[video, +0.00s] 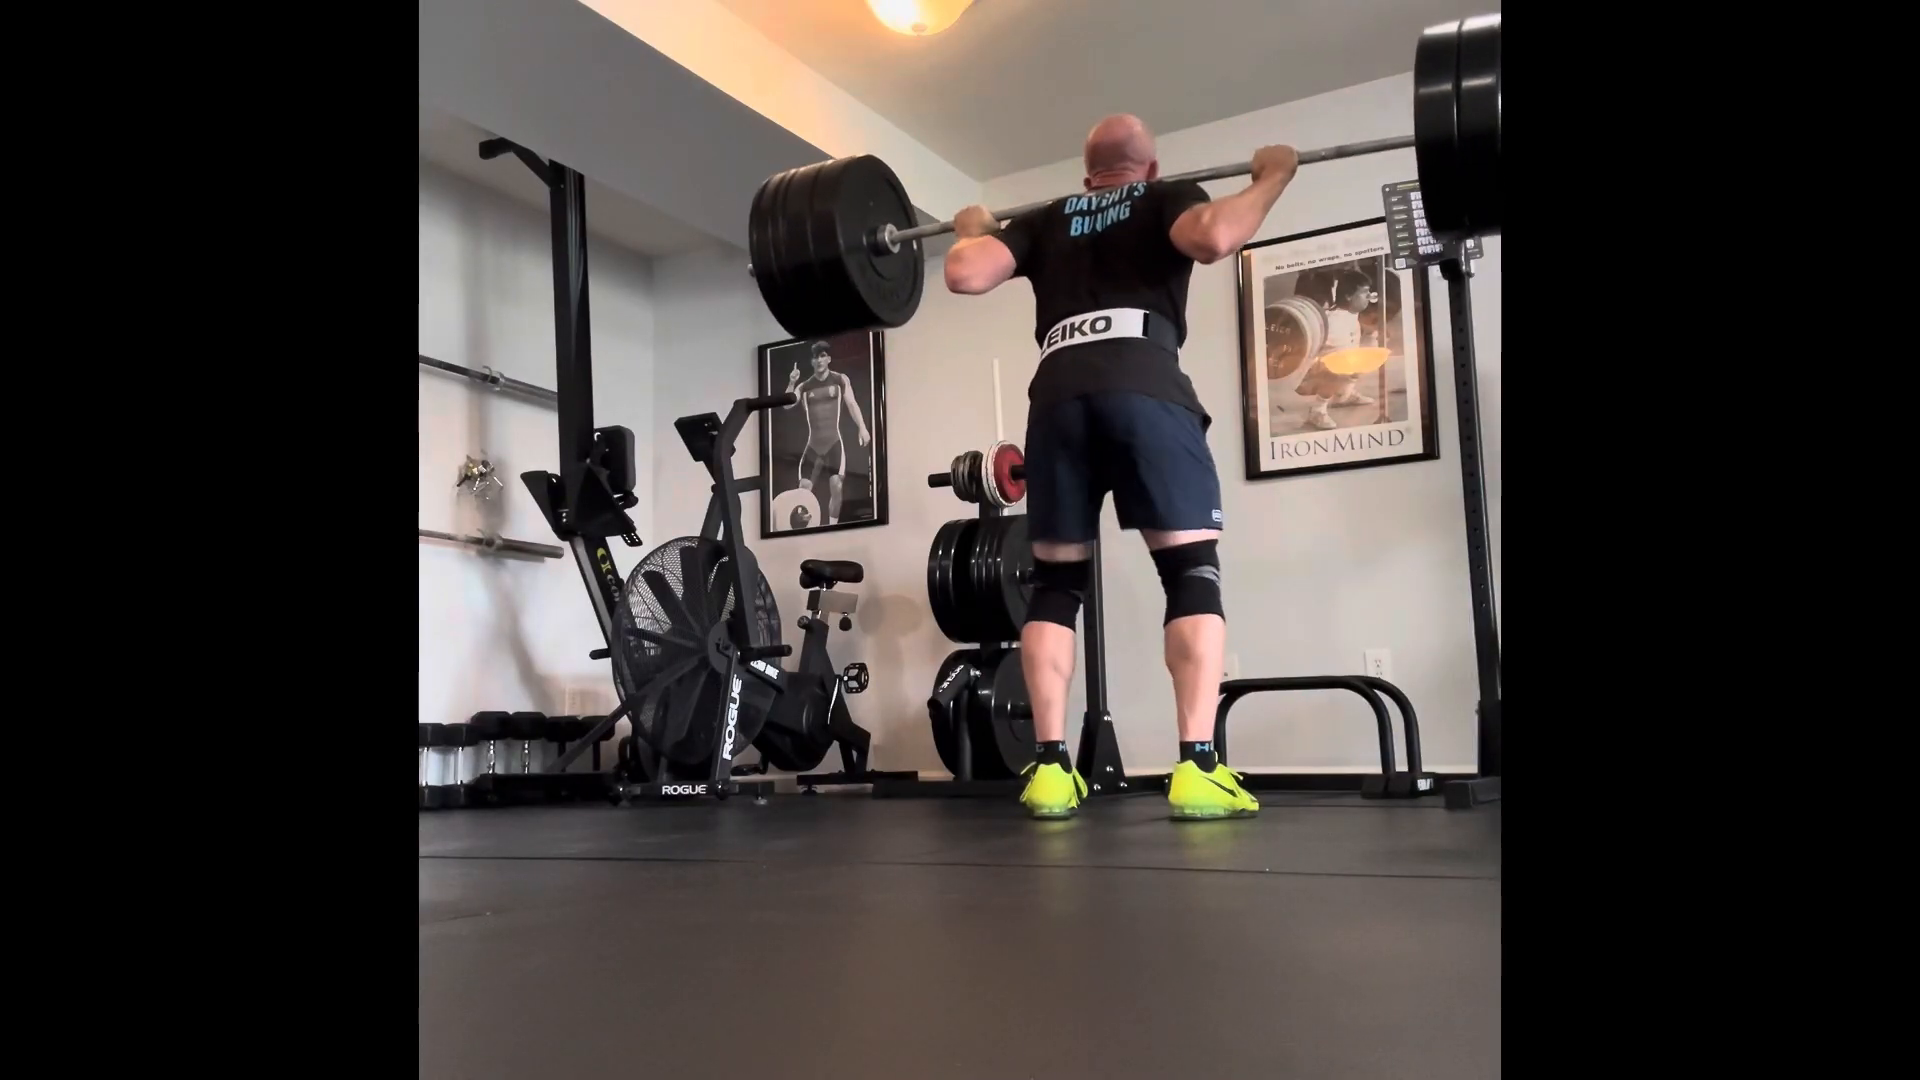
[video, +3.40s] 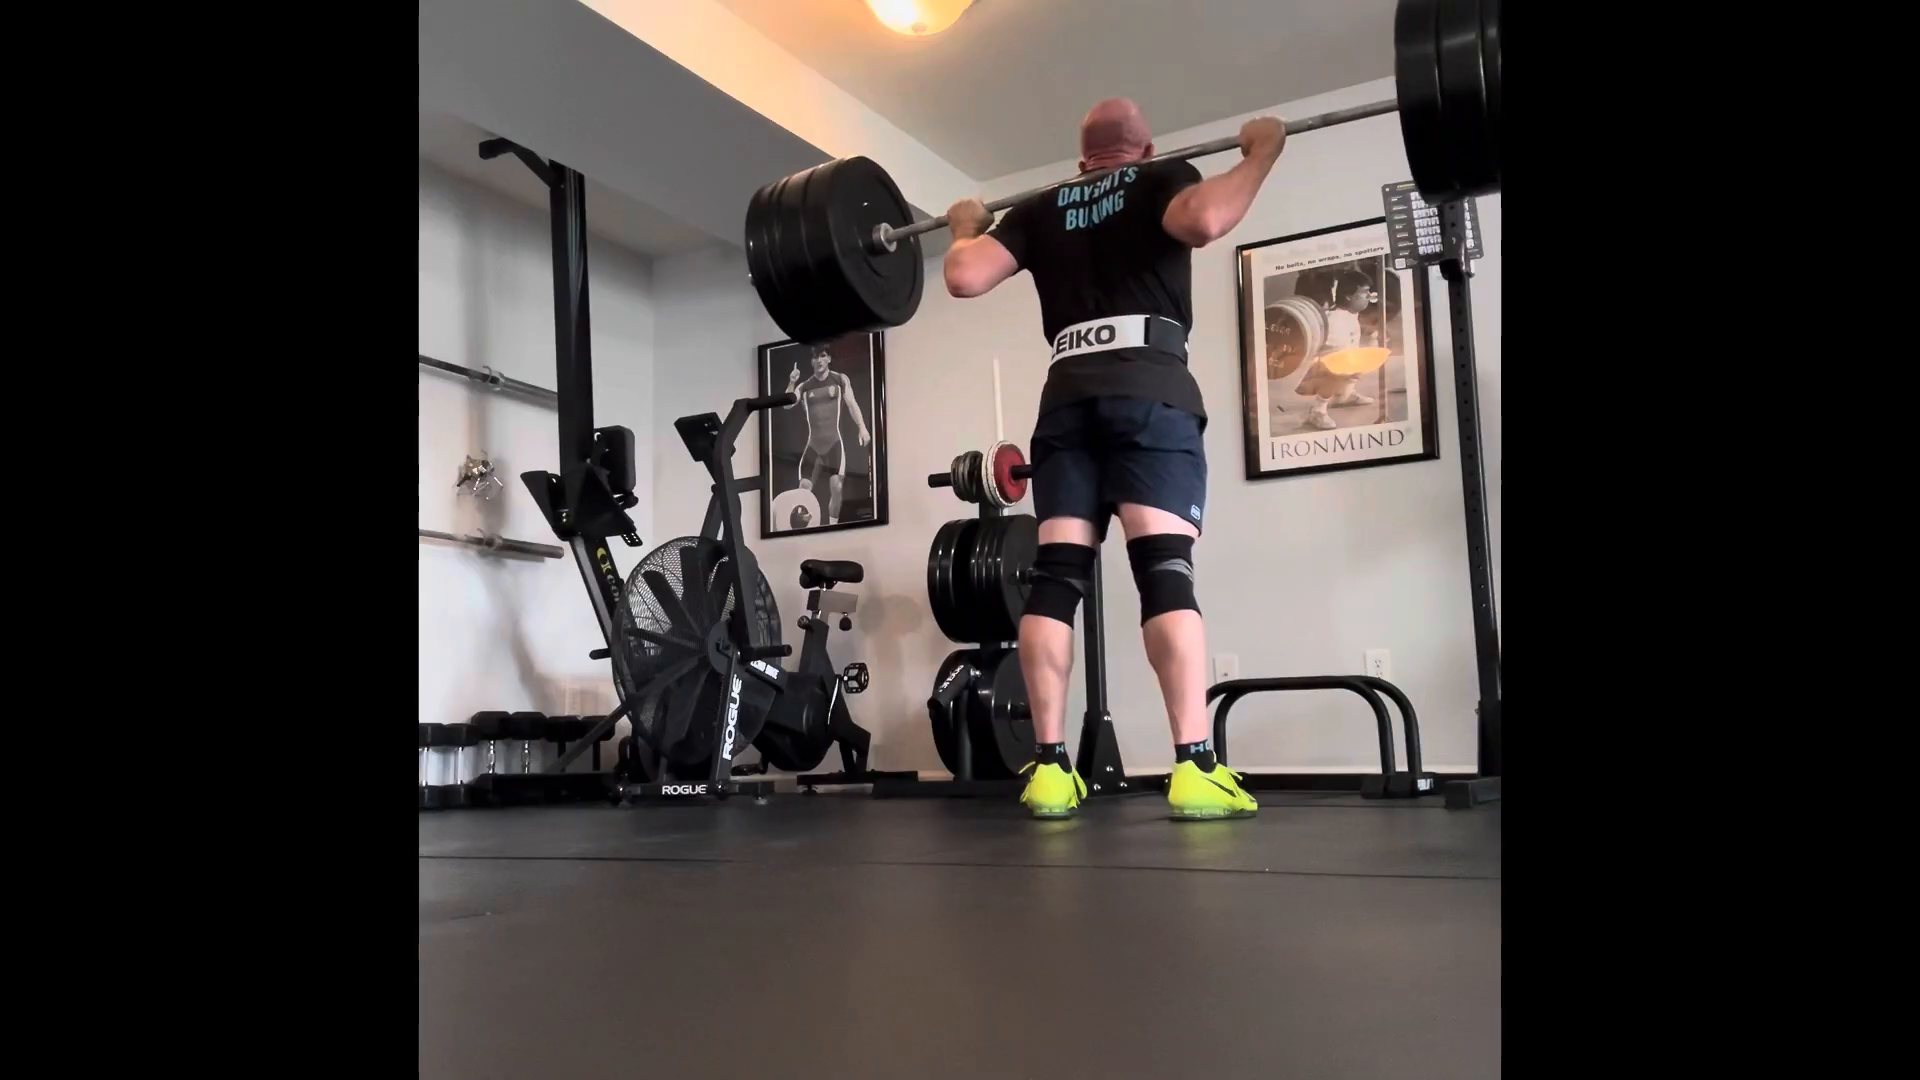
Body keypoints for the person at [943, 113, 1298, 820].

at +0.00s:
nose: (1143, 170)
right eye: (1149, 161)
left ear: (1084, 169)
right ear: (1151, 167)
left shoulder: (1043, 220)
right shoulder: (1164, 198)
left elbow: (963, 273)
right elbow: (1214, 235)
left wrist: (972, 227)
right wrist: (1270, 177)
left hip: (1056, 397)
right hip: (1147, 390)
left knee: (1055, 585)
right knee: (1190, 578)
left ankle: (1051, 764)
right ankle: (1198, 763)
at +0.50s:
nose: (1152, 264)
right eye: (1152, 256)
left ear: (1083, 263)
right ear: (1152, 262)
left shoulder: (1040, 313)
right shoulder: (1165, 291)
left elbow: (957, 374)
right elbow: (1214, 336)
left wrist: (967, 324)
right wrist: (1268, 280)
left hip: (1045, 460)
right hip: (1138, 449)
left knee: (1056, 616)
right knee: (1226, 603)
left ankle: (1050, 766)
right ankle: (1201, 766)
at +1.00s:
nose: (1162, 356)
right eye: (1161, 350)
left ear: (1094, 358)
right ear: (1157, 355)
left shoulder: (1040, 404)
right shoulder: (1171, 387)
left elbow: (960, 477)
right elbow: (1218, 438)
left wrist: (969, 416)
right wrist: (1279, 380)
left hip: (1035, 541)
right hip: (1132, 529)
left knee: (1055, 632)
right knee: (1235, 615)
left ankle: (1050, 769)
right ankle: (1202, 767)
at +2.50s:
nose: (1158, 267)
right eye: (1158, 260)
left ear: (1092, 265)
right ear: (1157, 264)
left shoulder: (1041, 313)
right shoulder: (1168, 294)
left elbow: (960, 380)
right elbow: (1209, 338)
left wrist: (967, 328)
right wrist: (1270, 288)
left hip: (1041, 464)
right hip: (1134, 447)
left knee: (1085, 607)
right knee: (1212, 596)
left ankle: (1056, 765)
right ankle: (1201, 766)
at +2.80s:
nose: (1151, 172)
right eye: (1152, 164)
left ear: (1083, 176)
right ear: (1151, 169)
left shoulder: (1043, 231)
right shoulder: (1166, 204)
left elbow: (967, 294)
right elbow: (1206, 248)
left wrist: (965, 243)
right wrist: (1264, 184)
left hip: (1063, 405)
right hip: (1151, 394)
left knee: (1074, 588)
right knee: (1196, 581)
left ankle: (1053, 764)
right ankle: (1200, 765)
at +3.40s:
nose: (1139, 150)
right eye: (1144, 141)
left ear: (1080, 155)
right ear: (1147, 147)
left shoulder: (1039, 211)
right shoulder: (1159, 176)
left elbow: (963, 275)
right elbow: (1207, 218)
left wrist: (966, 226)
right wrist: (1260, 153)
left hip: (1065, 397)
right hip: (1152, 390)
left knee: (1055, 575)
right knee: (1165, 573)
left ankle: (1049, 763)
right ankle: (1195, 763)